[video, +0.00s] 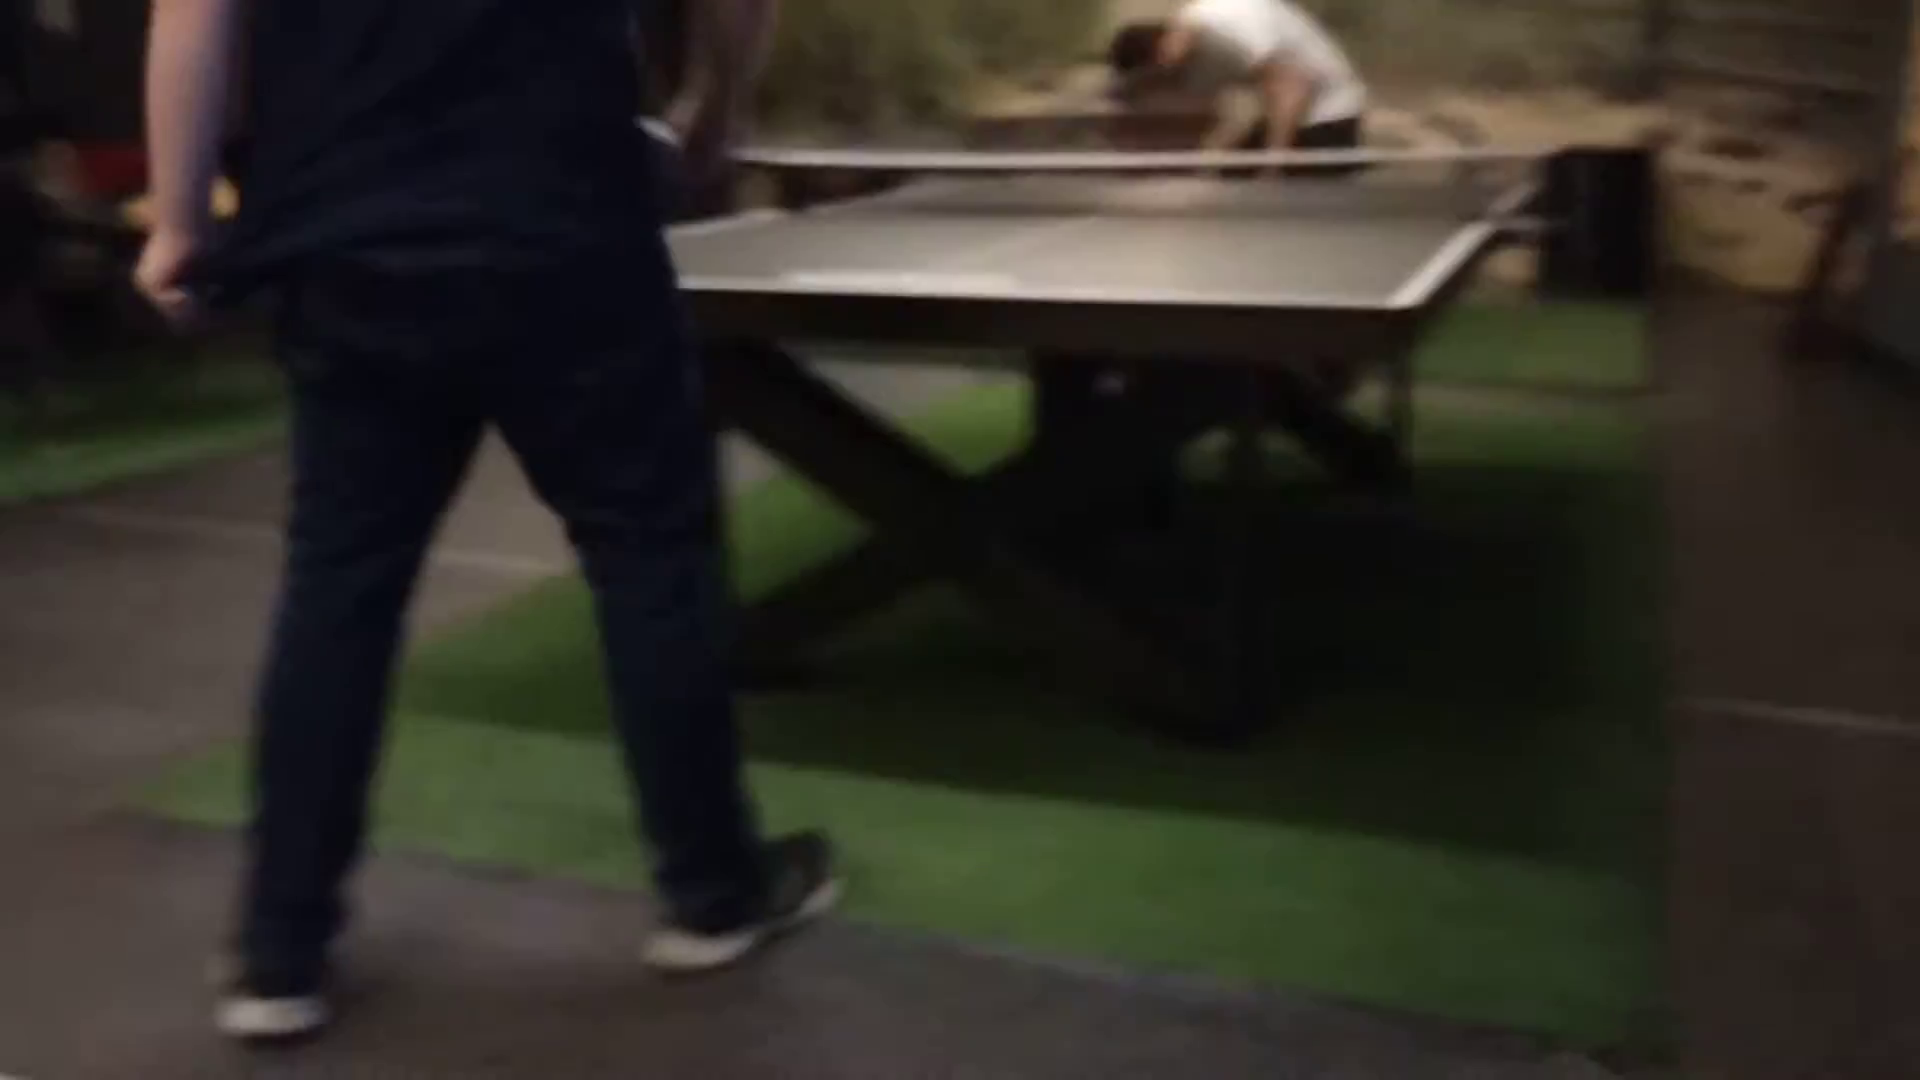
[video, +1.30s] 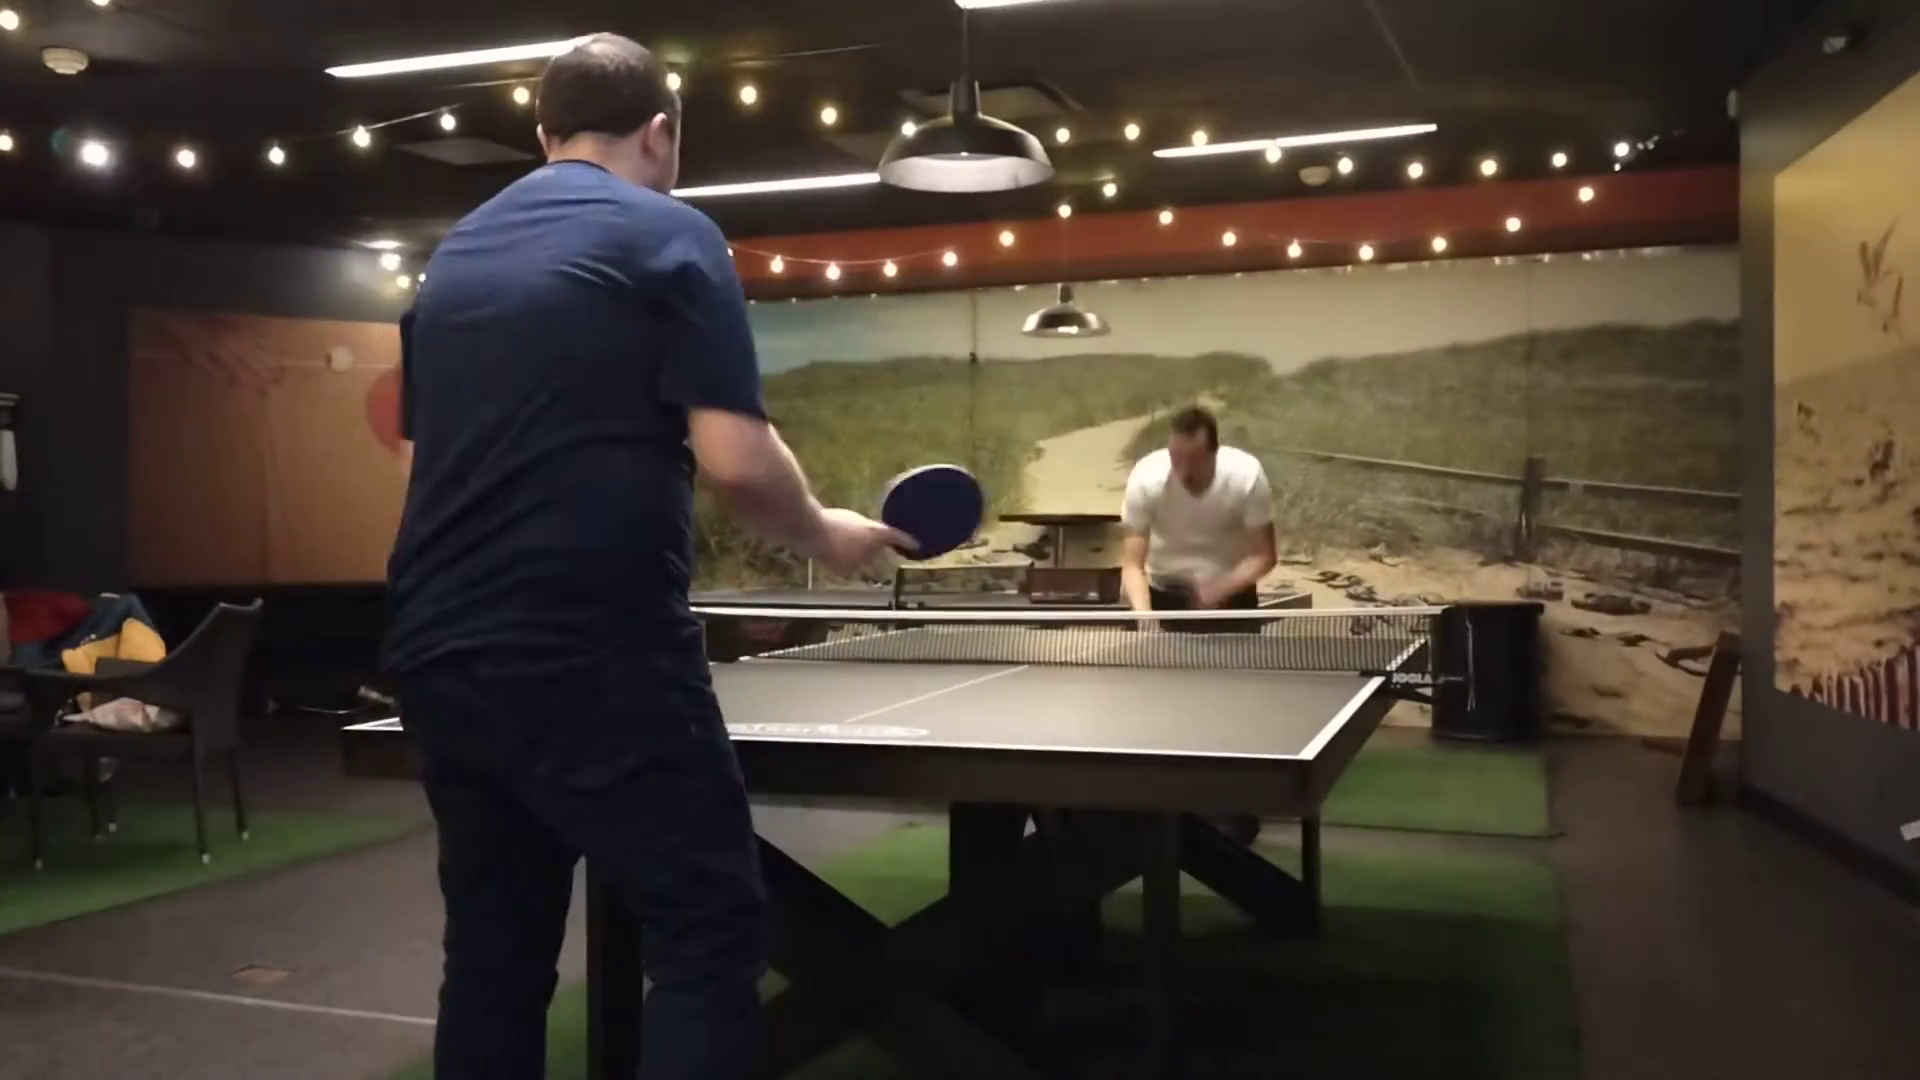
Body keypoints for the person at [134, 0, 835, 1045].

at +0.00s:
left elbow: (192, 9)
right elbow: (736, 10)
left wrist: (176, 213)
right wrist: (701, 138)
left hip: (353, 213)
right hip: (562, 211)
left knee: (337, 587)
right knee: (653, 558)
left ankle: (278, 962)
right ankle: (710, 886)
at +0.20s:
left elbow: (300, 13)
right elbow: (793, 35)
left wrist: (318, 196)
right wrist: (772, 146)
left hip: (450, 200)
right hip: (651, 206)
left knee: (400, 536)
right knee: (670, 576)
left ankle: (311, 856)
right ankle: (683, 905)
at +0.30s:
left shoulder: (393, 10)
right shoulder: (741, 14)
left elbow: (308, 131)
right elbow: (823, 207)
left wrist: (318, 356)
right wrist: (783, 388)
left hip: (459, 408)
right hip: (656, 418)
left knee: (425, 691)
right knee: (653, 759)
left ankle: (337, 1024)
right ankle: (653, 1056)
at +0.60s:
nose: (752, 39)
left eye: (746, 29)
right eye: (753, 28)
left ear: (611, 18)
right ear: (737, 19)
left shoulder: (491, 103)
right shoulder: (747, 101)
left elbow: (319, 206)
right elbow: (811, 194)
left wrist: (353, 429)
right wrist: (772, 442)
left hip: (493, 567)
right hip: (673, 572)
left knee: (494, 866)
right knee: (663, 902)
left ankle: (469, 1065)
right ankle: (647, 1069)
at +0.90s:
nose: (711, 148)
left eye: (705, 134)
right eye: (711, 131)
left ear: (574, 120)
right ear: (695, 118)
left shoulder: (476, 202)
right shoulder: (712, 201)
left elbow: (300, 299)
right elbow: (747, 313)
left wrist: (344, 499)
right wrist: (746, 560)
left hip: (485, 640)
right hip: (646, 652)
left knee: (520, 951)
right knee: (659, 973)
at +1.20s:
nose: (675, 161)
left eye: (673, 146)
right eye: (677, 143)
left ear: (550, 134)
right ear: (660, 133)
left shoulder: (450, 252)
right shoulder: (658, 231)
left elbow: (378, 447)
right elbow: (711, 428)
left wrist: (377, 635)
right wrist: (821, 553)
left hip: (446, 665)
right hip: (603, 665)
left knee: (494, 949)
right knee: (716, 922)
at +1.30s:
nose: (674, 160)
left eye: (667, 143)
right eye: (675, 141)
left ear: (544, 137)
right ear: (658, 133)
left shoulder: (457, 249)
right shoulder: (673, 235)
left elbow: (428, 435)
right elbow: (737, 459)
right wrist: (823, 532)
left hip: (444, 656)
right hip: (604, 655)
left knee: (493, 954)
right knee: (708, 932)